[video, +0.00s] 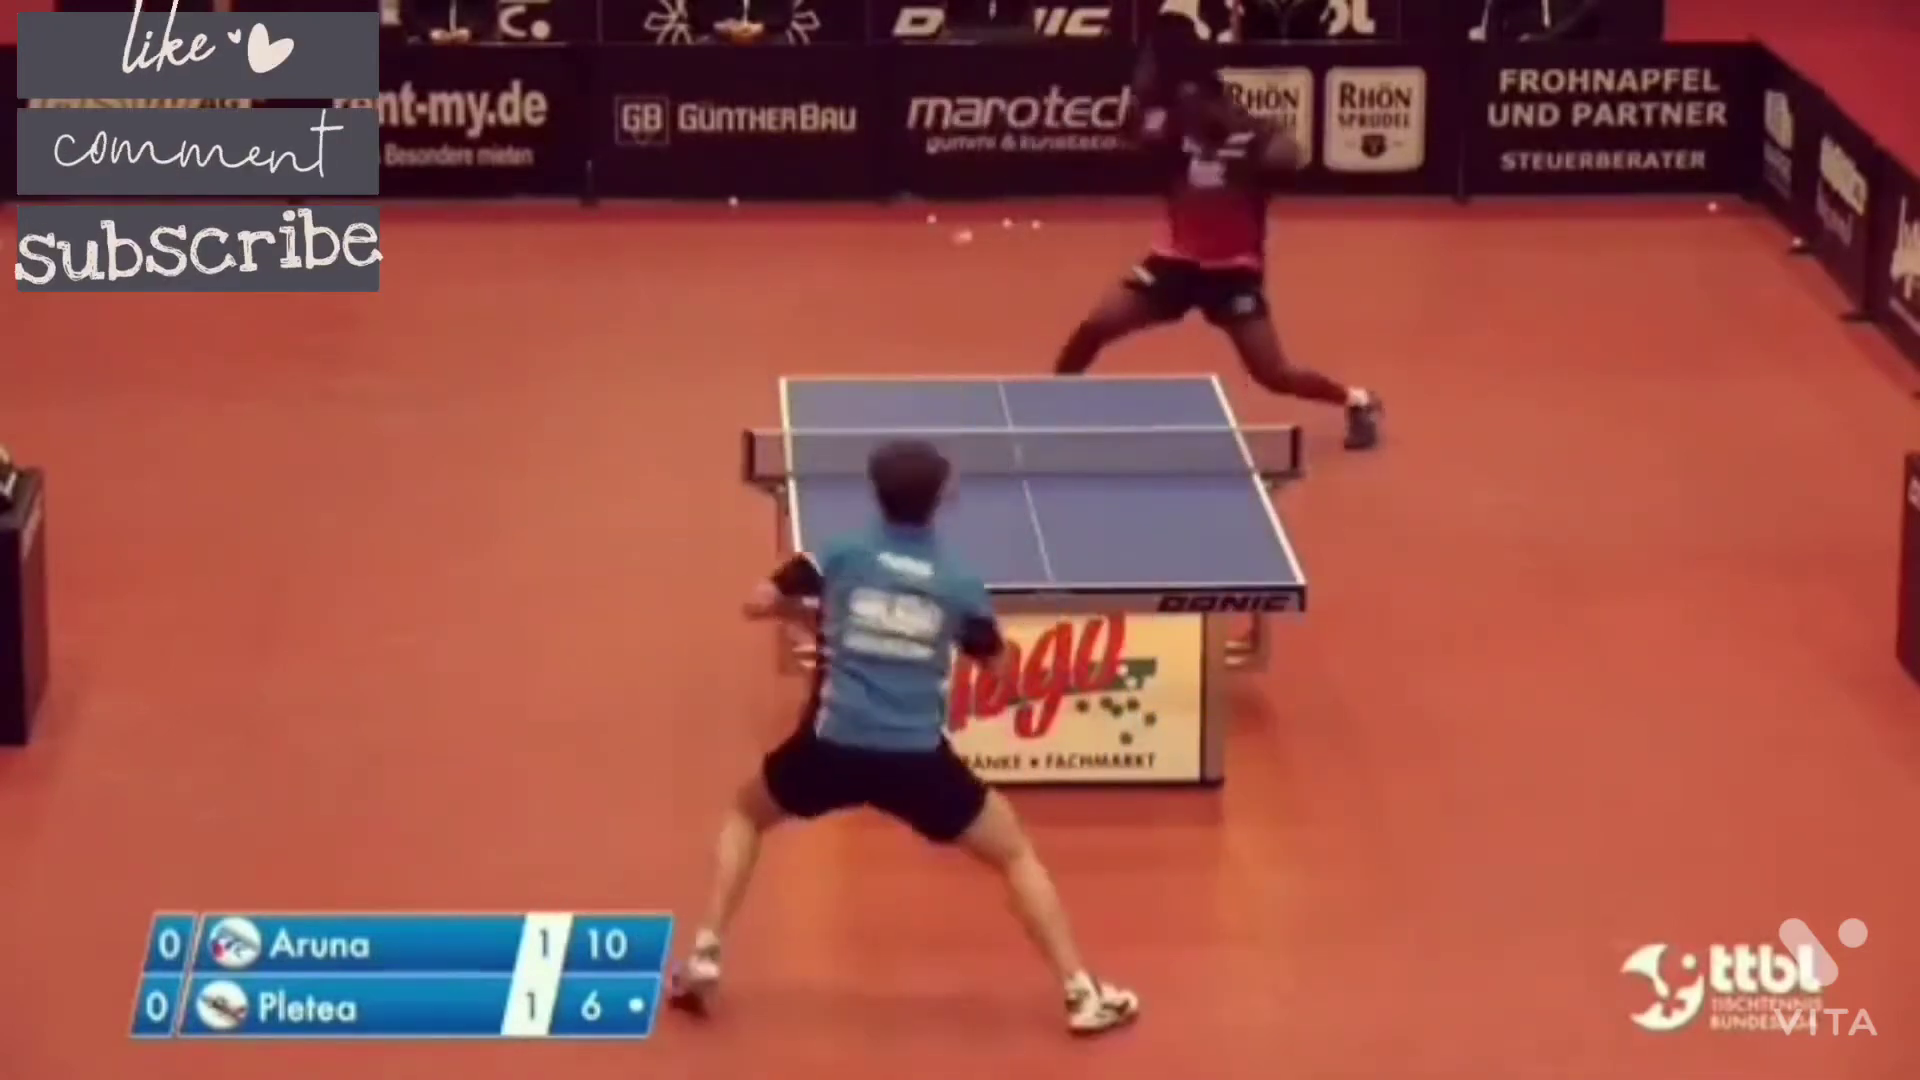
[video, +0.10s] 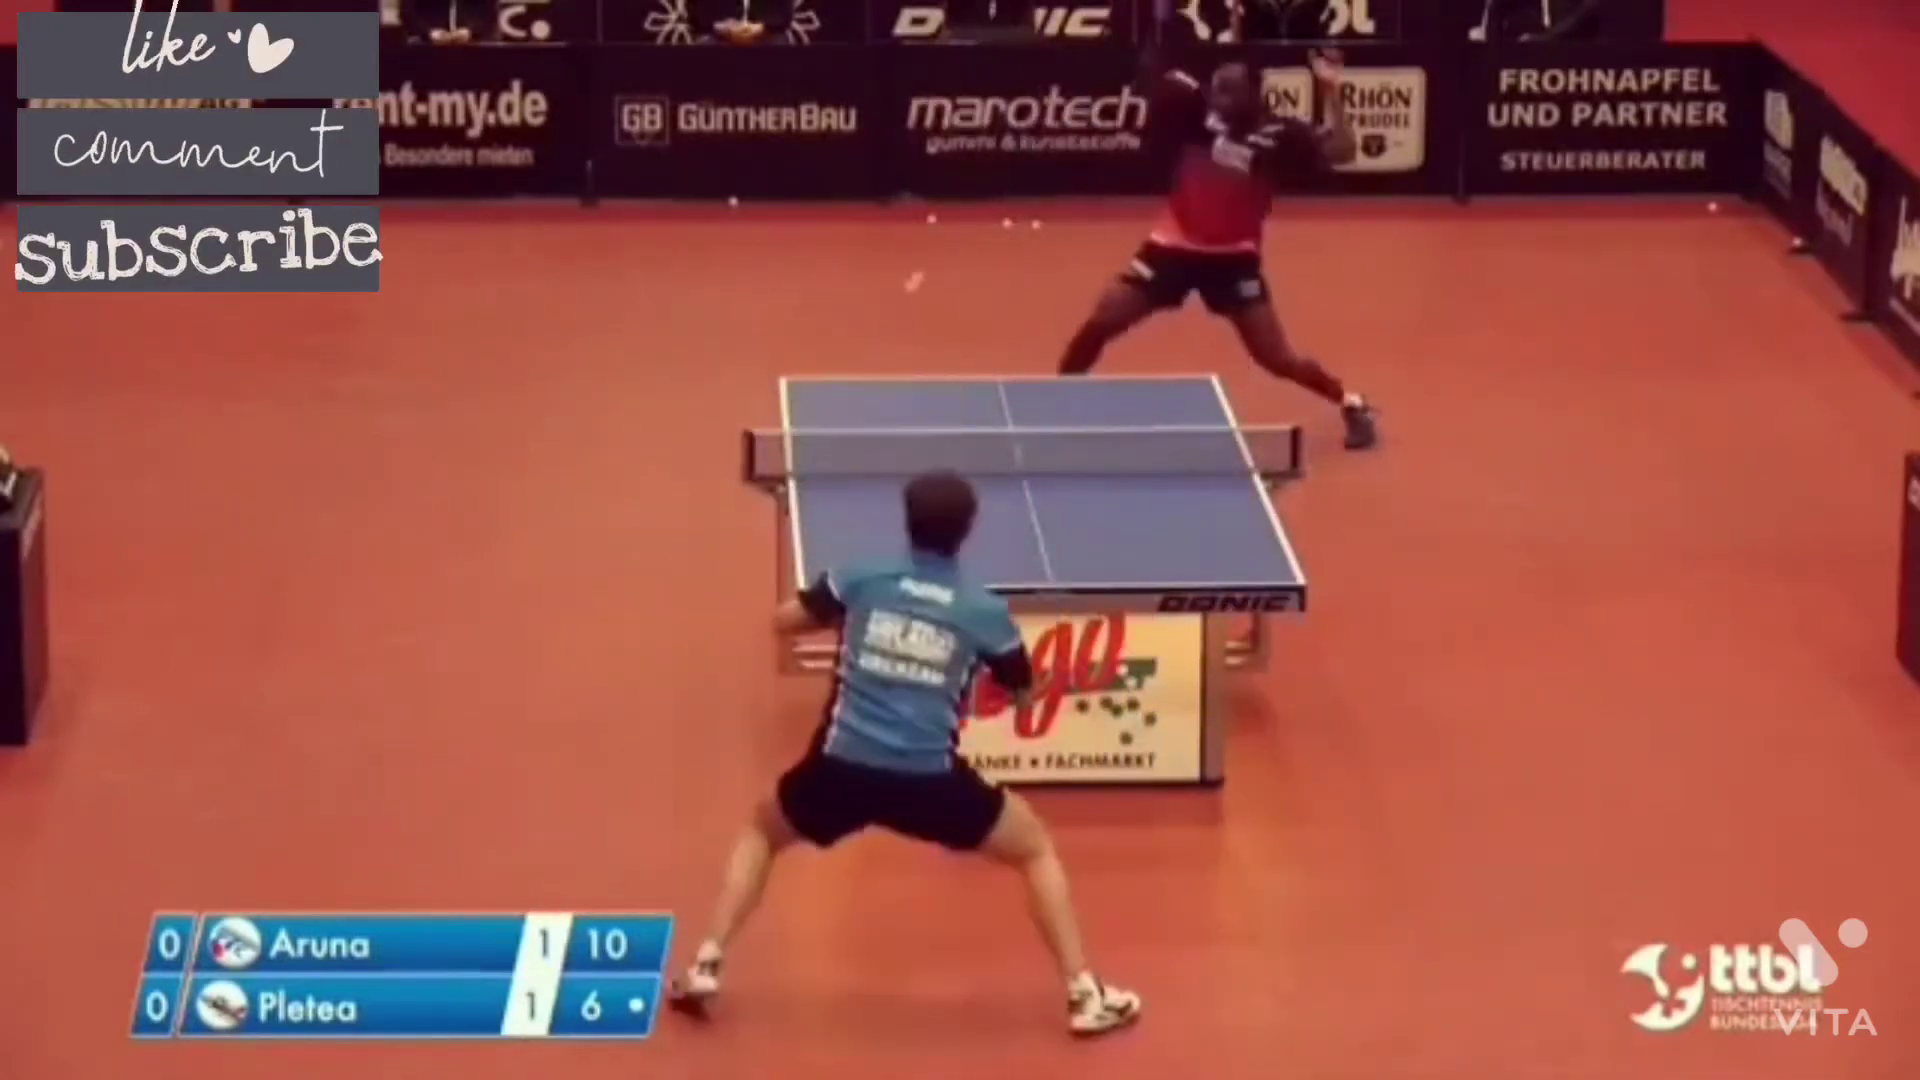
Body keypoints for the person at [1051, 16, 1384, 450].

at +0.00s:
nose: (1186, 113)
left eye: (1191, 103)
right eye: (1182, 105)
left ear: (1213, 100)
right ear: (1179, 106)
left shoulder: (1254, 143)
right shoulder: (1177, 139)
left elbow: (1291, 159)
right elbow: (1131, 138)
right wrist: (1141, 90)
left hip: (1233, 276)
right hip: (1175, 269)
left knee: (1273, 376)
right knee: (1093, 327)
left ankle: (1356, 401)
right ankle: (1051, 403)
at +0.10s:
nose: (1219, 98)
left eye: (1229, 90)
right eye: (1215, 89)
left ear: (1252, 96)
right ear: (1206, 92)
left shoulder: (1277, 137)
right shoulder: (1189, 119)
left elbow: (1339, 152)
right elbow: (1149, 71)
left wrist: (1332, 93)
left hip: (1233, 262)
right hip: (1169, 252)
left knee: (1276, 359)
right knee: (1098, 325)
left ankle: (1350, 404)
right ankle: (1053, 404)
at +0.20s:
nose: (1243, 87)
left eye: (1253, 80)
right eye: (1238, 78)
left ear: (1274, 84)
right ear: (1228, 77)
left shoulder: (1292, 133)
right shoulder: (1206, 105)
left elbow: (1307, 183)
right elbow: (1154, 80)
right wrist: (1167, 23)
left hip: (1244, 248)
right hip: (1180, 239)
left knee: (1286, 343)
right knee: (1110, 318)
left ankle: (1341, 410)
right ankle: (1088, 400)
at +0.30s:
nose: (1239, 90)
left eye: (1248, 82)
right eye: (1236, 80)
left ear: (1270, 84)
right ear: (1228, 79)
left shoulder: (1296, 133)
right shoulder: (1205, 110)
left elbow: (1306, 197)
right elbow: (1146, 111)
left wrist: (1318, 212)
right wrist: (1154, 50)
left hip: (1256, 251)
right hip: (1190, 245)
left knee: (1307, 340)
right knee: (1124, 324)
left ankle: (1349, 411)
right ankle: (1096, 405)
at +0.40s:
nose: (1230, 79)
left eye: (1237, 70)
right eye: (1223, 71)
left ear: (1250, 71)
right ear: (1211, 73)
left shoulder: (1280, 117)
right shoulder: (1192, 112)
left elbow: (1298, 178)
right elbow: (1143, 145)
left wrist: (1285, 223)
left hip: (1260, 242)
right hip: (1194, 238)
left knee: (1310, 333)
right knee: (1128, 317)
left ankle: (1349, 409)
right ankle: (1096, 399)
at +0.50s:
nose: (1213, 84)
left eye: (1221, 74)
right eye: (1205, 75)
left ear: (1237, 73)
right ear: (1194, 76)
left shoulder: (1272, 116)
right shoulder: (1176, 119)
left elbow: (1294, 173)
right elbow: (1141, 179)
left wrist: (1281, 219)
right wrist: (1126, 166)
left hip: (1256, 235)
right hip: (1188, 234)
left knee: (1305, 324)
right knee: (1129, 314)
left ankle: (1343, 405)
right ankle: (1093, 394)